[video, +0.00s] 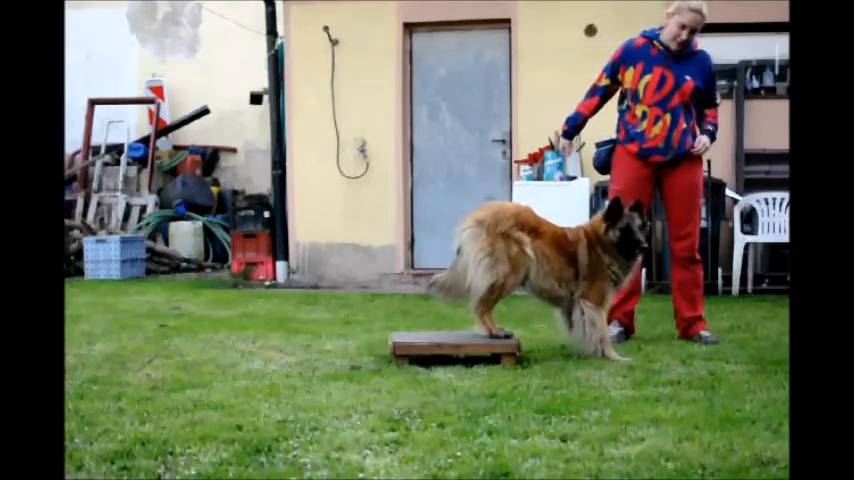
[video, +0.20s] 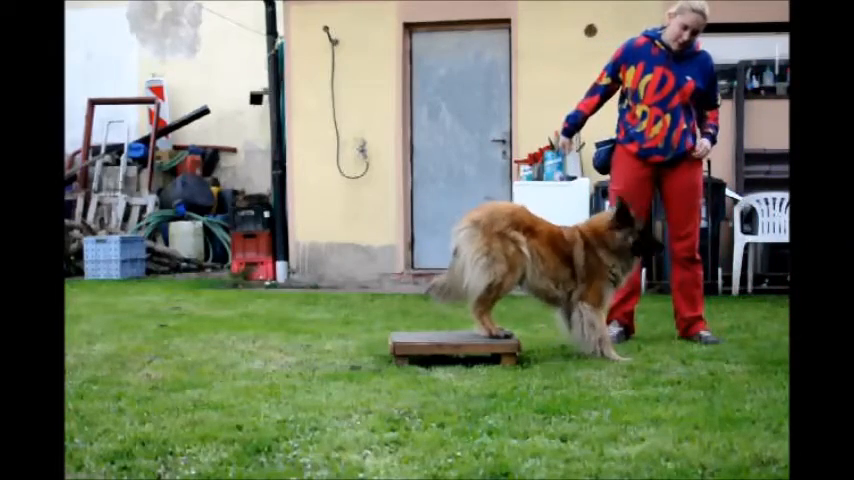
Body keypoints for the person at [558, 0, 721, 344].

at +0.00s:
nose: (684, 36)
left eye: (692, 32)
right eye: (682, 27)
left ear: (698, 33)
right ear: (667, 17)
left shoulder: (700, 62)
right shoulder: (633, 50)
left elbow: (709, 108)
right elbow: (600, 91)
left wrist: (707, 134)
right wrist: (568, 130)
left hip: (682, 158)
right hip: (633, 155)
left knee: (686, 244)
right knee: (624, 237)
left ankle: (692, 325)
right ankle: (620, 322)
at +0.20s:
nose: (686, 36)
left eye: (694, 33)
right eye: (684, 28)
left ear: (699, 34)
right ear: (669, 17)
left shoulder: (701, 62)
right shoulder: (634, 49)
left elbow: (710, 109)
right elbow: (600, 89)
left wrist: (708, 137)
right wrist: (568, 128)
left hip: (682, 159)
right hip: (633, 155)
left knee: (686, 245)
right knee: (626, 238)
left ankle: (692, 325)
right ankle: (620, 322)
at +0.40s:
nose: (691, 39)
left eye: (699, 35)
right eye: (688, 30)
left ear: (705, 35)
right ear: (674, 17)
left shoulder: (704, 64)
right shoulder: (637, 49)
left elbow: (710, 112)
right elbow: (602, 89)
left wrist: (718, 142)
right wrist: (570, 127)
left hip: (684, 157)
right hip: (634, 154)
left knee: (686, 244)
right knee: (626, 239)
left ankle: (692, 325)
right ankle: (620, 321)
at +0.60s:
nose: (699, 43)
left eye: (705, 38)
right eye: (696, 33)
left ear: (710, 38)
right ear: (680, 19)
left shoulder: (709, 70)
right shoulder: (643, 48)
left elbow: (730, 122)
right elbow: (606, 87)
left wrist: (757, 168)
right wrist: (570, 125)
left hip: (684, 158)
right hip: (635, 154)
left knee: (686, 245)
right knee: (623, 236)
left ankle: (692, 326)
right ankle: (621, 322)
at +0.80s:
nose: (707, 43)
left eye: (714, 39)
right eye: (704, 34)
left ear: (717, 38)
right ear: (686, 21)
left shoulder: (713, 71)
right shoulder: (647, 49)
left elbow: (730, 124)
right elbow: (611, 87)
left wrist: (748, 172)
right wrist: (577, 126)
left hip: (687, 160)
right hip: (638, 155)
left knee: (691, 242)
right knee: (629, 238)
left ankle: (691, 326)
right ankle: (620, 321)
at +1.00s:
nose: (709, 43)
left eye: (715, 37)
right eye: (705, 34)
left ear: (718, 36)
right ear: (686, 21)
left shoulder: (714, 71)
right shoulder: (648, 49)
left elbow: (724, 125)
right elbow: (612, 88)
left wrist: (736, 173)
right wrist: (578, 127)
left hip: (689, 159)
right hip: (640, 156)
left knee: (690, 243)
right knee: (632, 241)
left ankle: (692, 324)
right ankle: (620, 320)